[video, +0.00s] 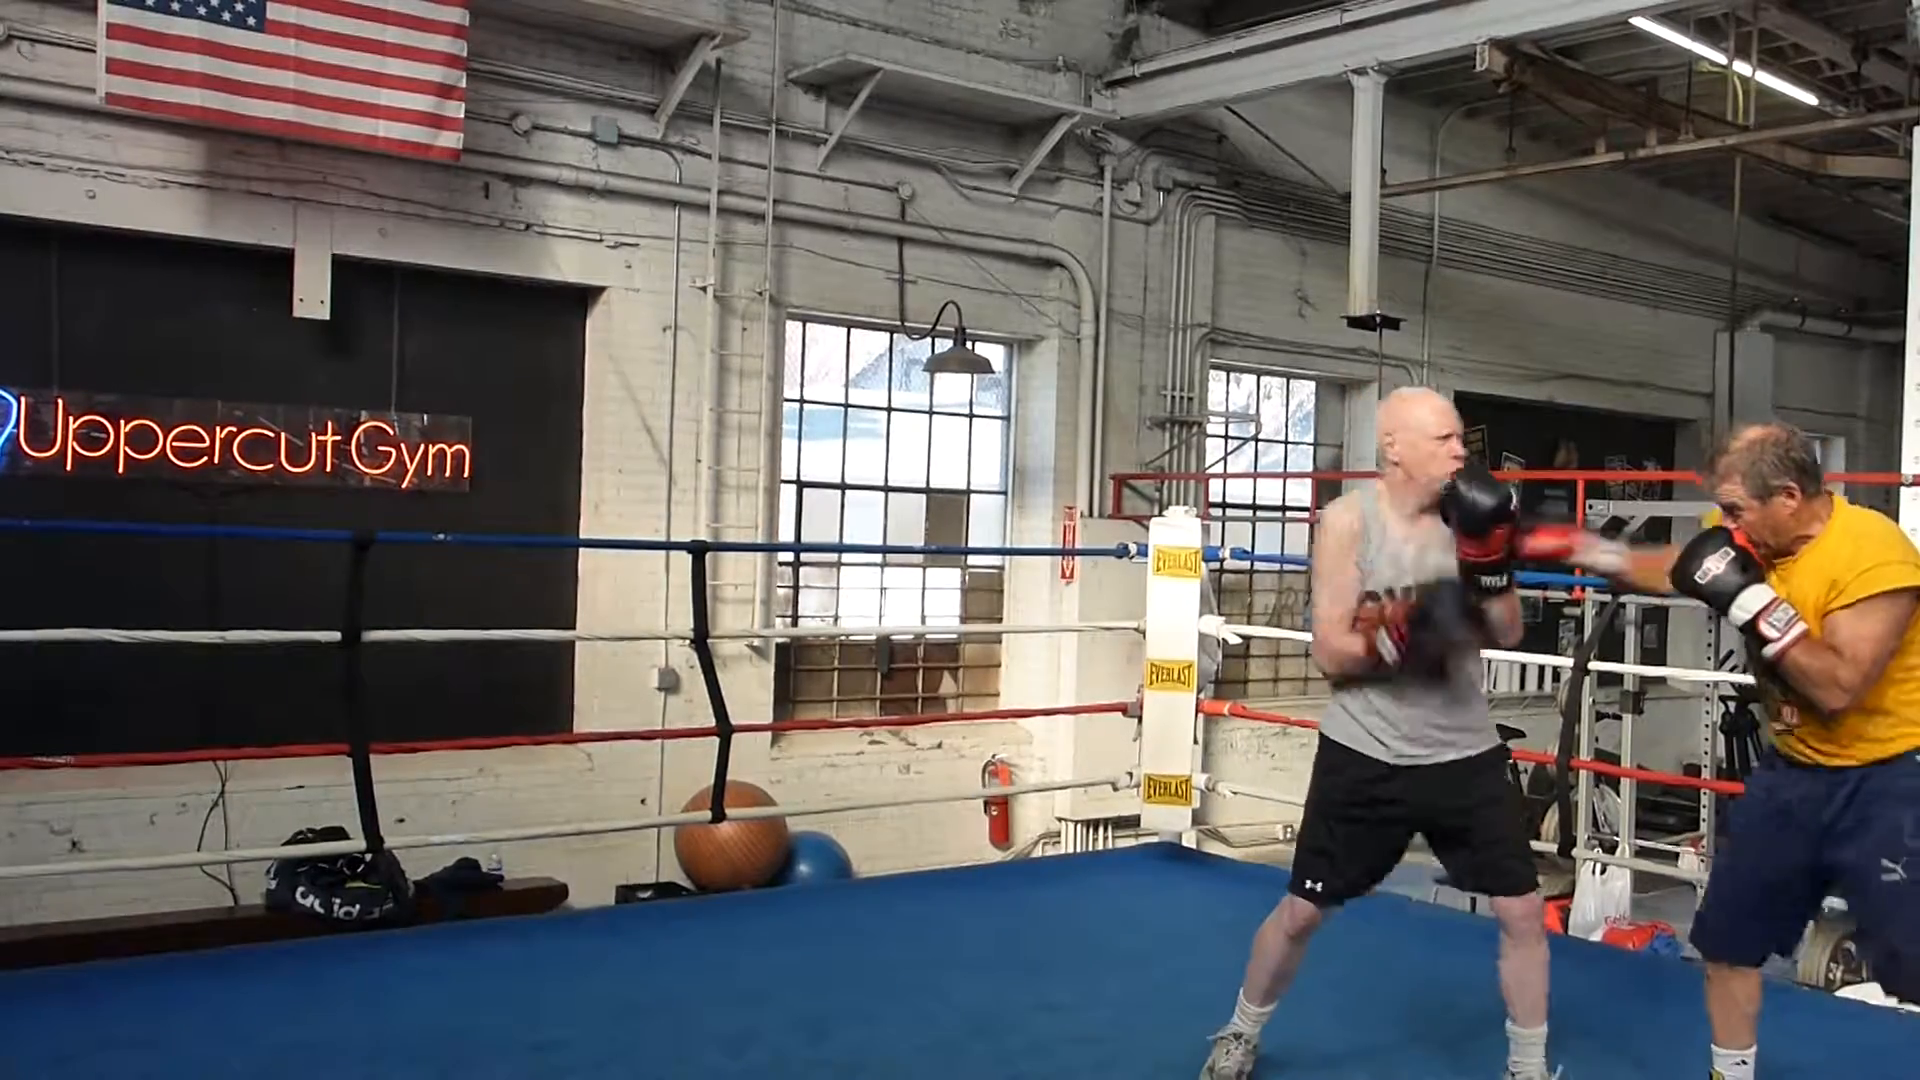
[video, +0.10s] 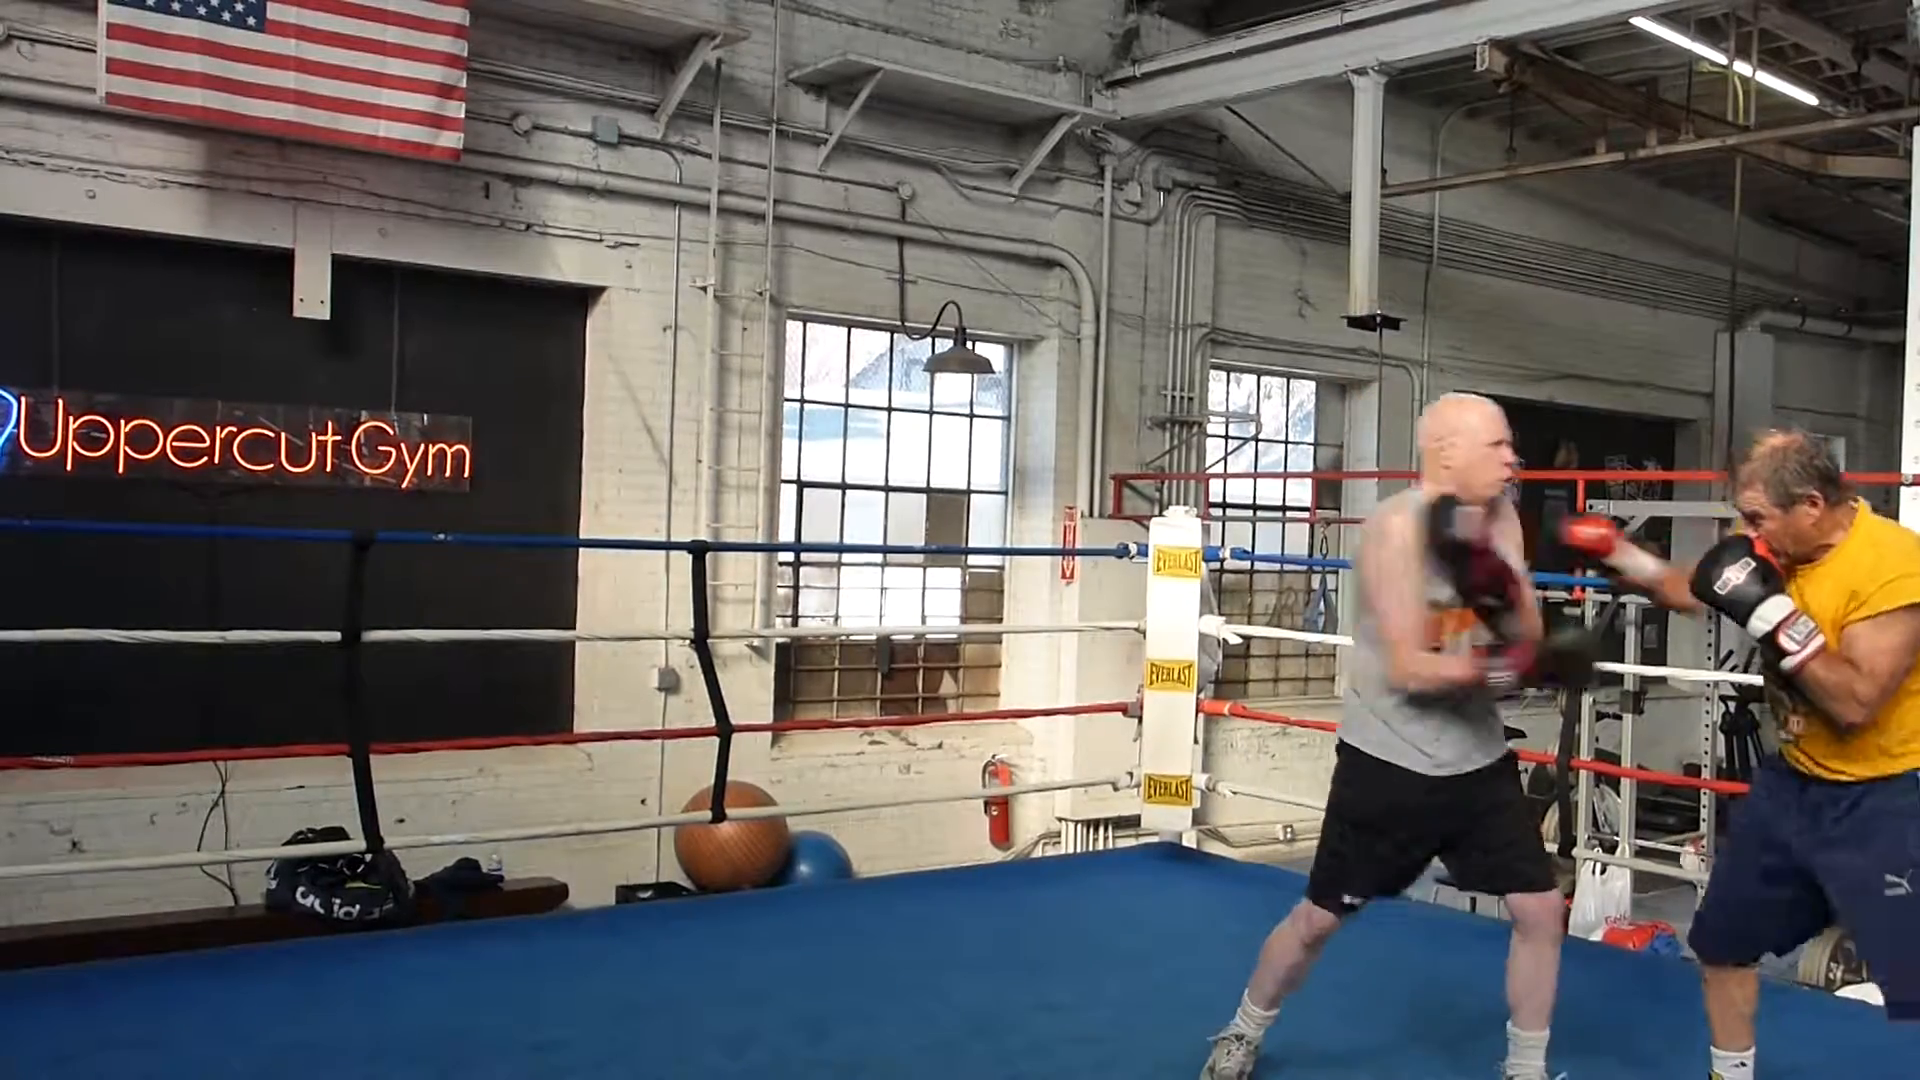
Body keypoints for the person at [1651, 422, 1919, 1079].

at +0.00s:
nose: (1727, 524)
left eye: (1735, 510)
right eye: (1724, 510)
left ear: (1789, 497)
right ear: (1785, 497)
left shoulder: (1877, 549)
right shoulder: (1759, 548)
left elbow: (1838, 685)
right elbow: (1681, 567)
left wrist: (1749, 597)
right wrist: (1588, 550)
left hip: (1888, 782)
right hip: (1790, 777)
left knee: (1907, 967)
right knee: (1727, 938)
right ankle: (1732, 1073)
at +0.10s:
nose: (1749, 533)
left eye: (1758, 518)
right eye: (1745, 518)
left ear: (1813, 506)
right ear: (1805, 505)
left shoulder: (1894, 564)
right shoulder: (1786, 551)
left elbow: (1856, 701)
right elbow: (1692, 589)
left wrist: (1772, 611)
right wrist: (1619, 552)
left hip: (1885, 800)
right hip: (1791, 787)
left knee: (1910, 988)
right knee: (1723, 940)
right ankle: (1732, 1074)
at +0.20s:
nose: (1787, 536)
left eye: (1797, 520)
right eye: (1784, 521)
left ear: (1856, 513)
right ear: (1850, 513)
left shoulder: (1914, 572)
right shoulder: (1806, 565)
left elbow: (1859, 708)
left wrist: (1770, 619)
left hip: (1903, 809)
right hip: (1817, 793)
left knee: (1913, 990)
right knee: (1739, 948)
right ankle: (1736, 1077)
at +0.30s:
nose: (1853, 529)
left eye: (1862, 514)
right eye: (1848, 515)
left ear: (1913, 505)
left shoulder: (1918, 585)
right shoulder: (1886, 561)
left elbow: (1861, 683)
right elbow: (1864, 604)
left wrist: (1779, 627)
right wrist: (1801, 578)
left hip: (1904, 802)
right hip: (1880, 796)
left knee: (1805, 963)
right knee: (1801, 963)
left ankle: (1756, 1070)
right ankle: (1753, 1073)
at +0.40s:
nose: (1896, 506)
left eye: (1905, 488)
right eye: (1888, 491)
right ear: (1876, 488)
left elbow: (1907, 690)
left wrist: (1844, 671)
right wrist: (1875, 528)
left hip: (1910, 782)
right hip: (1909, 778)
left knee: (1852, 939)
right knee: (1850, 937)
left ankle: (1872, 1070)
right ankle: (1872, 1071)